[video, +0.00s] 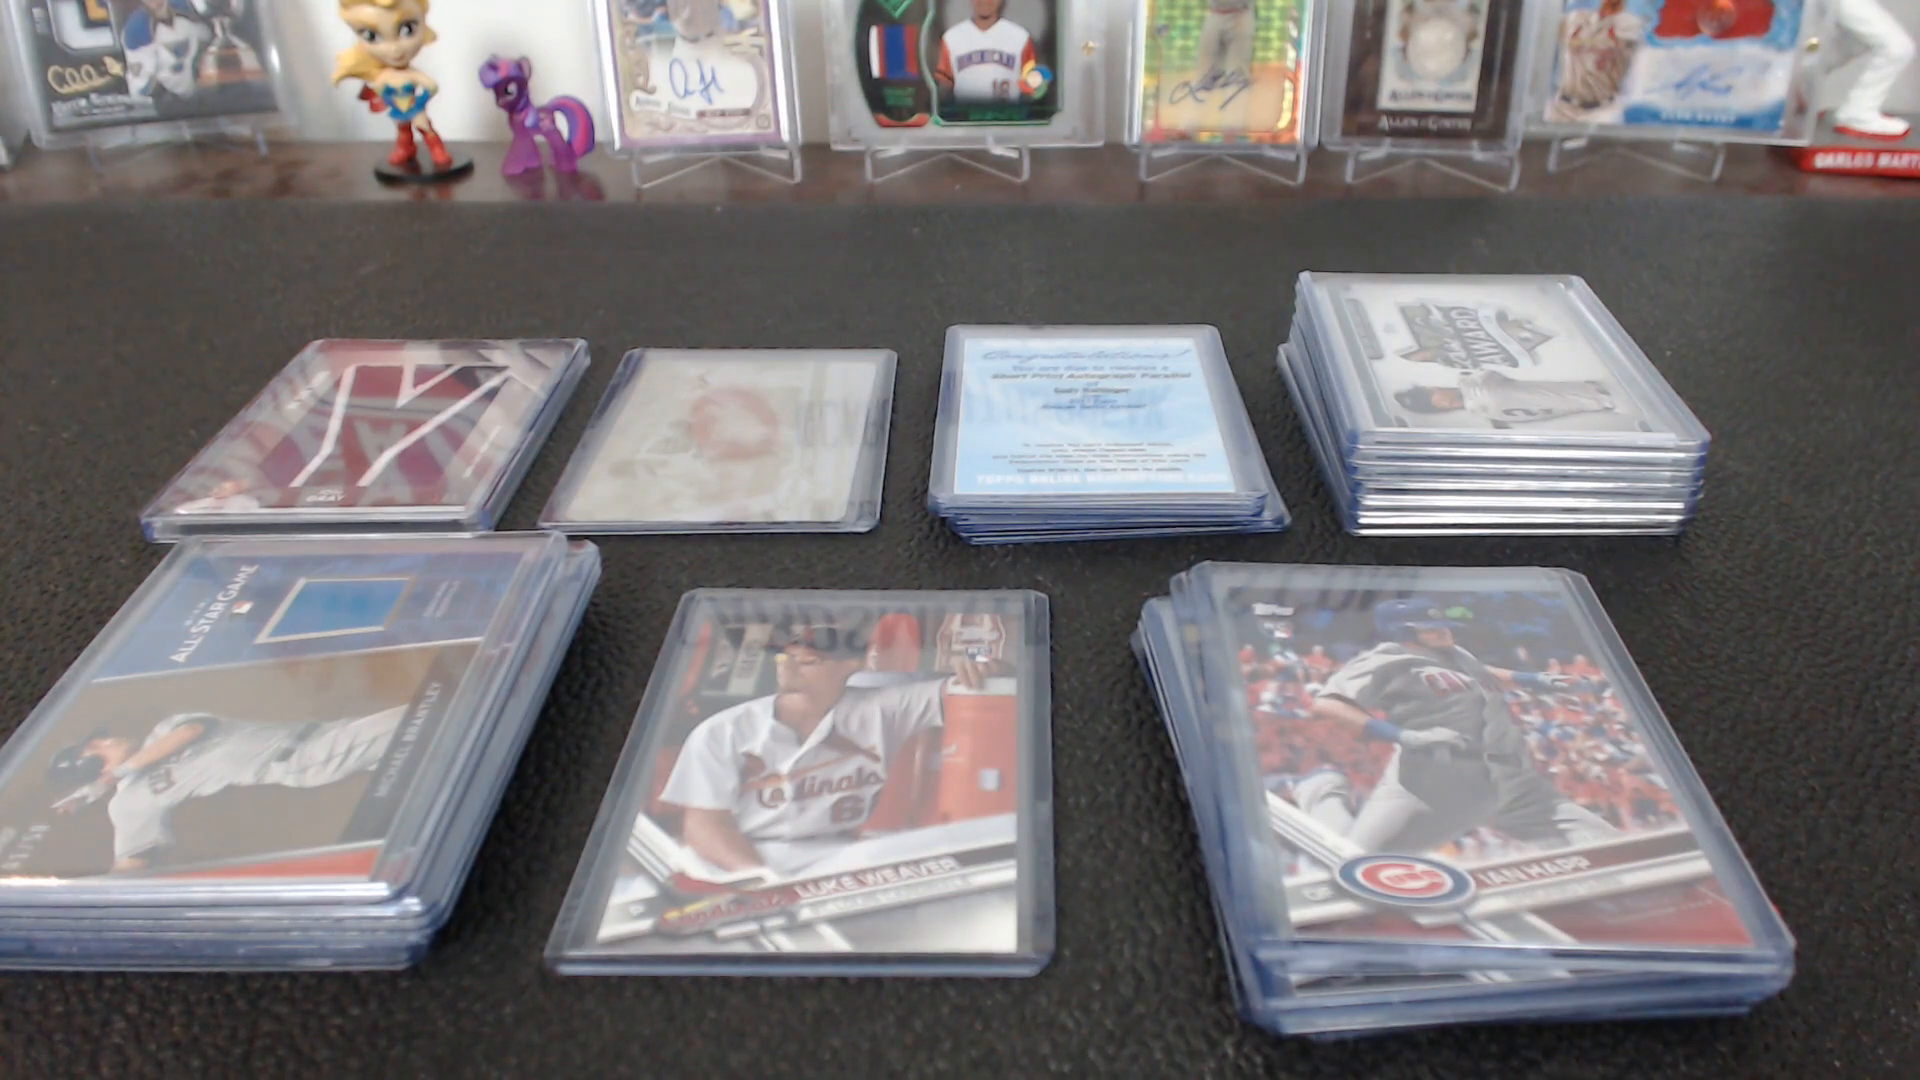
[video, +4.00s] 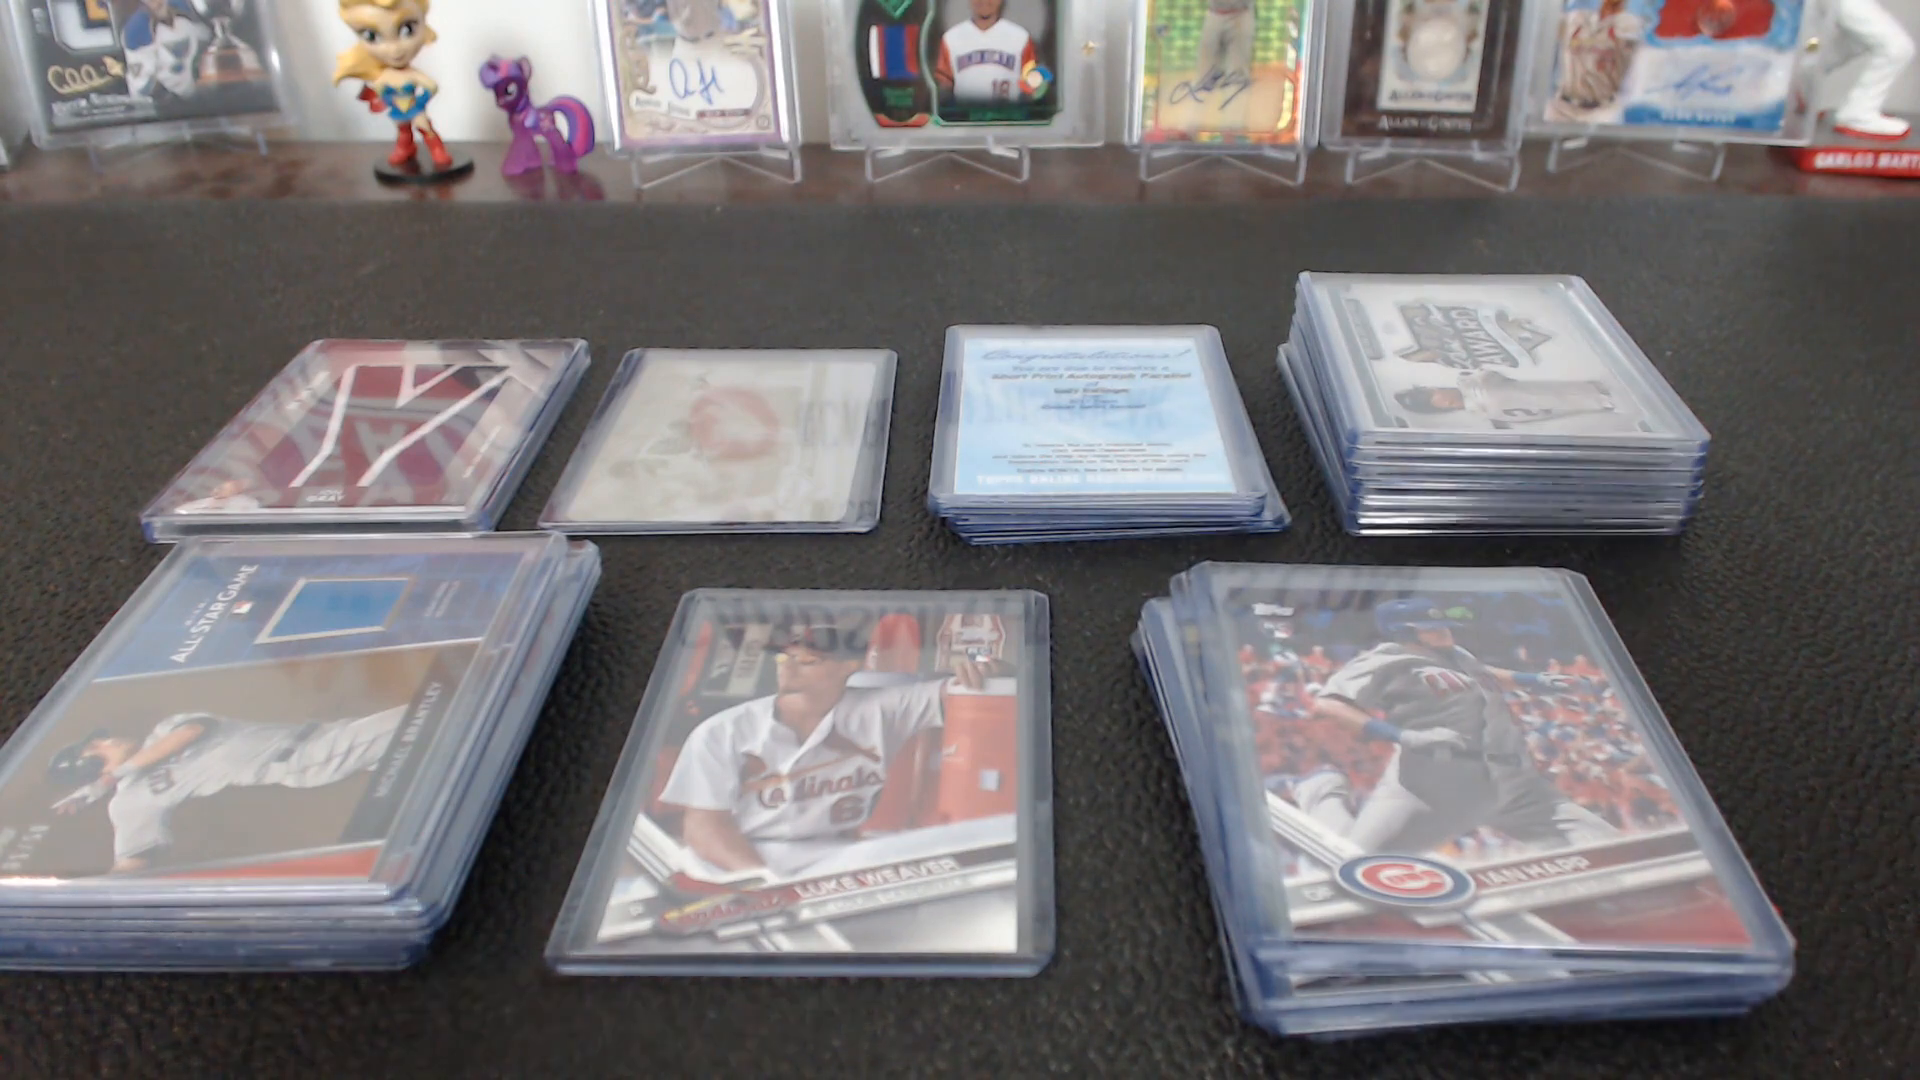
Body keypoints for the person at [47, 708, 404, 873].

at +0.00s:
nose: (108, 740)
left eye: (98, 739)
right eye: (99, 747)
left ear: (106, 741)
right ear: (100, 769)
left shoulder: (160, 727)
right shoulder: (131, 799)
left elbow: (193, 731)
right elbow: (129, 870)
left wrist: (118, 773)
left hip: (310, 731)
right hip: (298, 760)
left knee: (415, 721)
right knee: (413, 717)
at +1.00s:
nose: (109, 740)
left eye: (98, 739)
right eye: (99, 747)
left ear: (107, 743)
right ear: (100, 771)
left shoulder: (161, 728)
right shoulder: (130, 800)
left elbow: (193, 732)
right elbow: (129, 871)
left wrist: (116, 775)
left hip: (311, 732)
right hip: (298, 760)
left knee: (414, 721)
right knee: (412, 718)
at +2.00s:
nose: (111, 741)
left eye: (101, 740)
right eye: (101, 747)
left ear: (108, 741)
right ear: (100, 771)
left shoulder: (161, 728)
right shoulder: (131, 798)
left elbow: (193, 732)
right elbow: (129, 870)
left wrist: (117, 775)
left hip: (312, 733)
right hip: (299, 760)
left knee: (416, 721)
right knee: (414, 717)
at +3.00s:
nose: (113, 740)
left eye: (103, 739)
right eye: (103, 746)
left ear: (109, 741)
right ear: (101, 769)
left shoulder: (161, 729)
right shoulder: (131, 798)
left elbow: (192, 732)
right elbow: (130, 869)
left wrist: (116, 775)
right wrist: (88, 901)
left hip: (311, 732)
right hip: (299, 760)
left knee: (416, 721)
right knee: (414, 717)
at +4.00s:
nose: (112, 741)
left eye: (101, 741)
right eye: (102, 747)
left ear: (107, 742)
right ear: (101, 769)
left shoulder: (162, 728)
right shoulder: (131, 798)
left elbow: (193, 732)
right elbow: (130, 869)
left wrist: (114, 777)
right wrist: (89, 902)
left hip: (314, 732)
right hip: (301, 760)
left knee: (419, 719)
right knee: (417, 717)